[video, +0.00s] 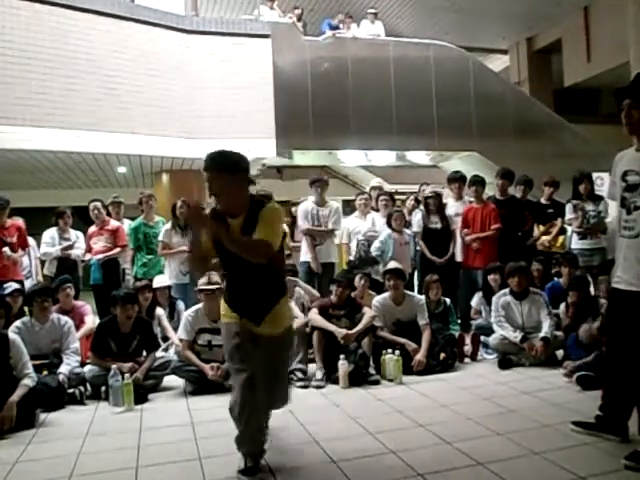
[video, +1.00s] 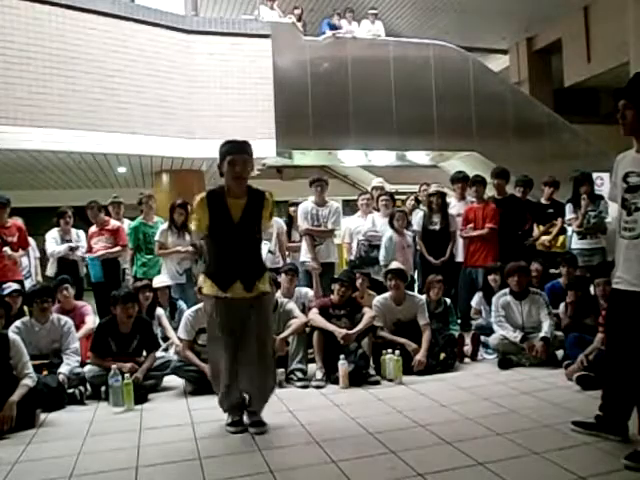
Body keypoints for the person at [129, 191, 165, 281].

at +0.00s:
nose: (150, 204)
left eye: (151, 200)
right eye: (146, 202)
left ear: (156, 203)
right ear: (141, 206)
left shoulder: (162, 222)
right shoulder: (135, 226)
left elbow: (166, 244)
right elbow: (132, 249)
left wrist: (168, 266)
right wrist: (129, 269)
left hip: (160, 268)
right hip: (142, 269)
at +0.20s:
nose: (150, 204)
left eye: (152, 201)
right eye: (146, 202)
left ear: (156, 203)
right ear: (141, 206)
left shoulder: (162, 222)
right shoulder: (136, 226)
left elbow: (165, 245)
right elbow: (132, 249)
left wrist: (168, 267)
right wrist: (129, 269)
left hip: (159, 268)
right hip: (142, 269)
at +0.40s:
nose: (150, 205)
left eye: (152, 202)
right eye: (146, 203)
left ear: (156, 205)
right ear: (141, 206)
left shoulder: (162, 223)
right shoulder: (136, 226)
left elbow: (166, 245)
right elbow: (132, 249)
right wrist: (129, 269)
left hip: (160, 269)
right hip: (142, 270)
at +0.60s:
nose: (151, 205)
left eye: (152, 201)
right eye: (147, 202)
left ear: (156, 203)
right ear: (141, 206)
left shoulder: (162, 223)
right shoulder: (135, 226)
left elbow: (165, 246)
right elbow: (132, 249)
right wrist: (129, 270)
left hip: (160, 269)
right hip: (142, 271)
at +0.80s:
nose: (151, 208)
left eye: (153, 205)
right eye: (148, 205)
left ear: (156, 207)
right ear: (143, 208)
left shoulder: (162, 223)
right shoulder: (136, 226)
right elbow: (132, 249)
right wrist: (130, 269)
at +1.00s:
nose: (150, 205)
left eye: (152, 202)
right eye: (147, 203)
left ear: (155, 204)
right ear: (141, 206)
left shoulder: (161, 223)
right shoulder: (135, 226)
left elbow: (164, 245)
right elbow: (131, 249)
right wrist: (129, 269)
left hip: (159, 268)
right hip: (142, 269)